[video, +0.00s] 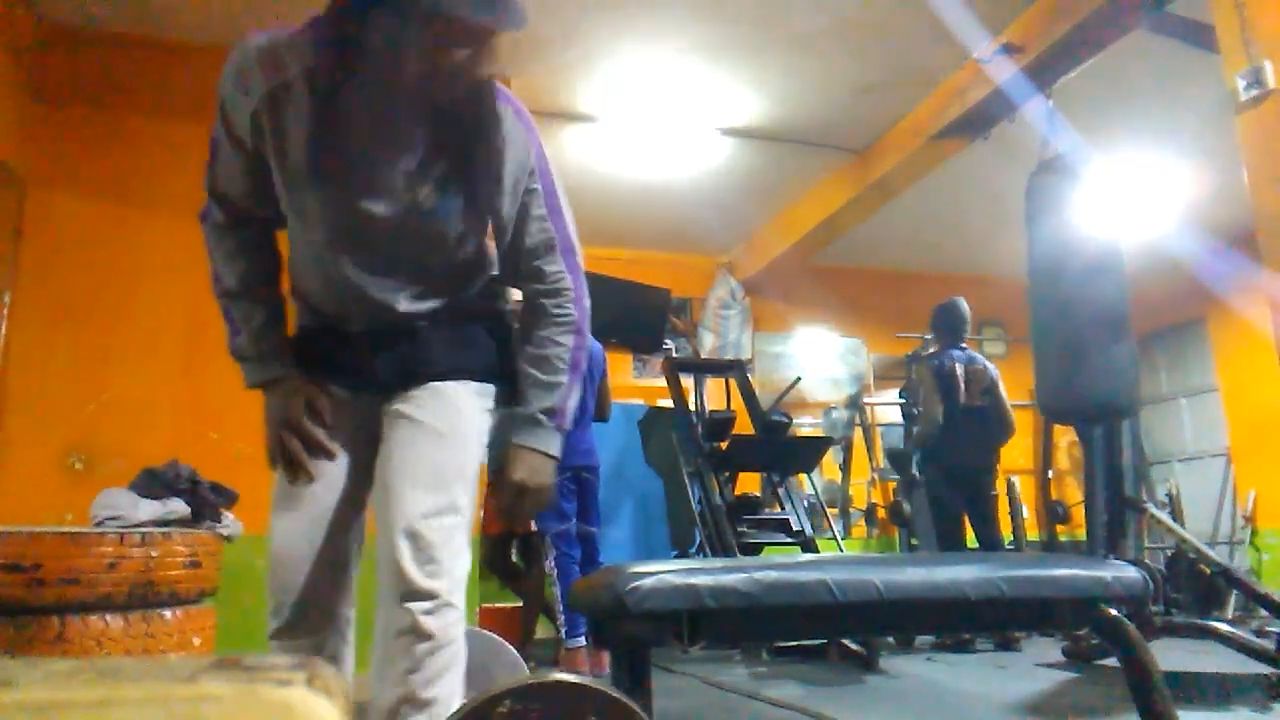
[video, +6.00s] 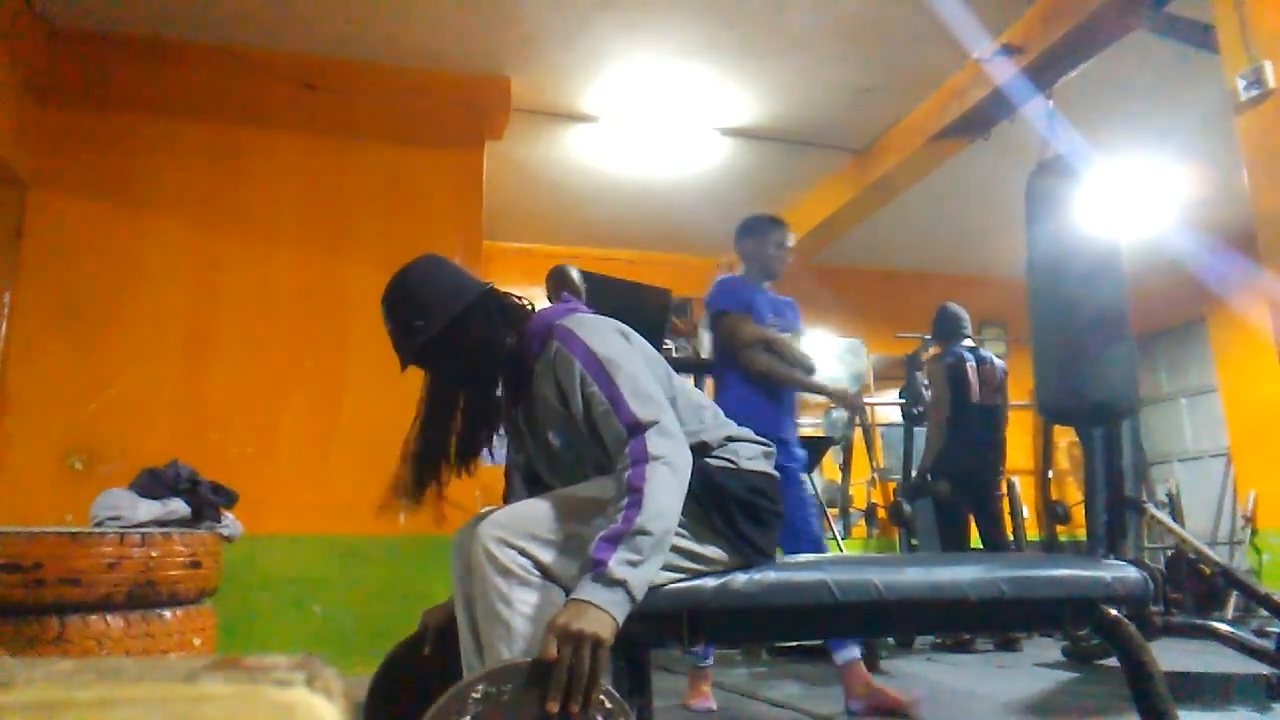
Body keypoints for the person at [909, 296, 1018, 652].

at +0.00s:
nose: (932, 333)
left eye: (933, 327)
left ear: (936, 328)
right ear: (968, 329)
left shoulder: (927, 366)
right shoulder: (985, 366)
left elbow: (932, 419)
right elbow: (1008, 422)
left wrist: (914, 441)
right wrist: (987, 446)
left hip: (943, 467)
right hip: (980, 467)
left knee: (950, 546)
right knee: (992, 543)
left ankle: (955, 630)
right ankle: (1007, 626)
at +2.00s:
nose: (925, 343)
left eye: (924, 337)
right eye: (928, 338)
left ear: (926, 336)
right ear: (957, 331)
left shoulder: (928, 367)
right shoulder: (988, 365)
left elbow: (923, 420)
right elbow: (1002, 422)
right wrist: (973, 424)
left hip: (944, 470)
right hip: (981, 469)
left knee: (951, 548)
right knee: (993, 543)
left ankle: (959, 628)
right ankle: (1007, 626)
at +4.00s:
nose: (919, 340)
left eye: (920, 334)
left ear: (922, 335)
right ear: (954, 335)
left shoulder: (922, 368)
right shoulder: (979, 369)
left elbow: (937, 419)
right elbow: (999, 423)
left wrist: (925, 467)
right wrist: (1003, 470)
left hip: (944, 473)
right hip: (977, 471)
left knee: (949, 548)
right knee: (990, 544)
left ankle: (958, 629)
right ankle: (1008, 626)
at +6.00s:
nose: (934, 340)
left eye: (934, 333)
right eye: (937, 334)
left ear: (938, 333)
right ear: (968, 330)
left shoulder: (942, 363)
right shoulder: (996, 364)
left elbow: (939, 420)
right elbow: (1001, 421)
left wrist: (923, 468)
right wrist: (997, 463)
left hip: (951, 466)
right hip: (986, 467)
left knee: (953, 546)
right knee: (997, 543)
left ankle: (958, 628)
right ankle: (1010, 626)